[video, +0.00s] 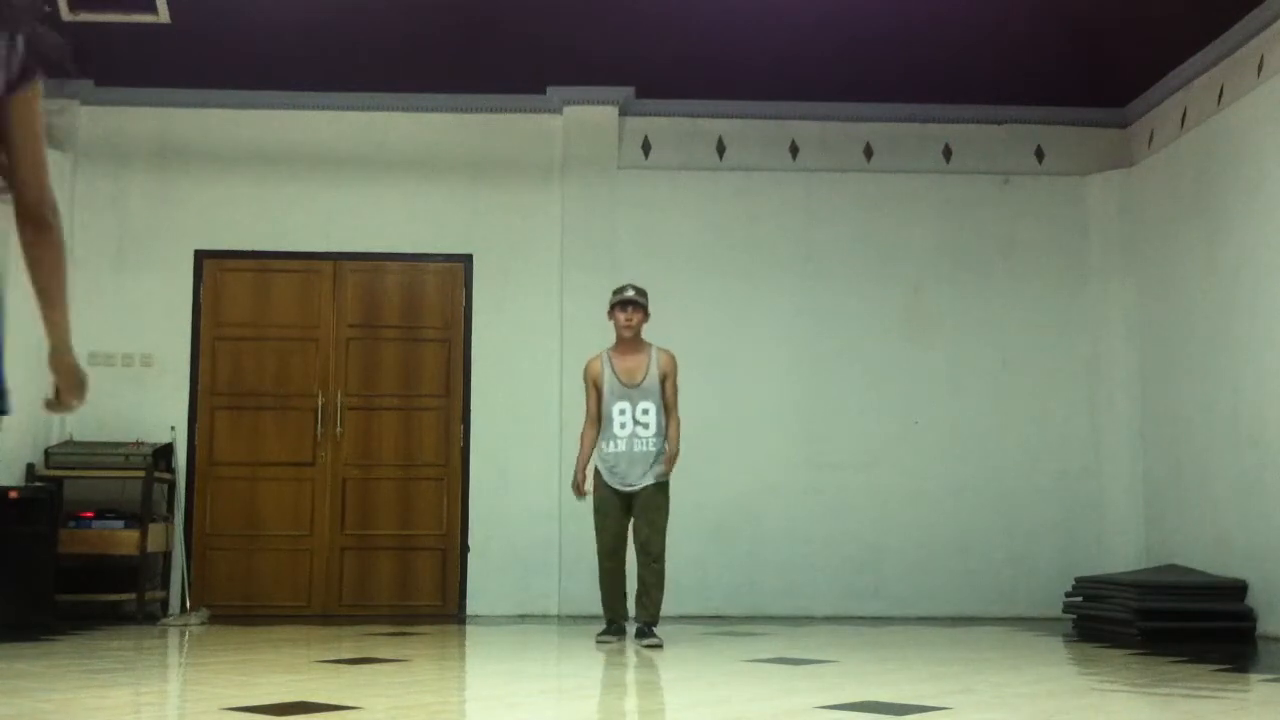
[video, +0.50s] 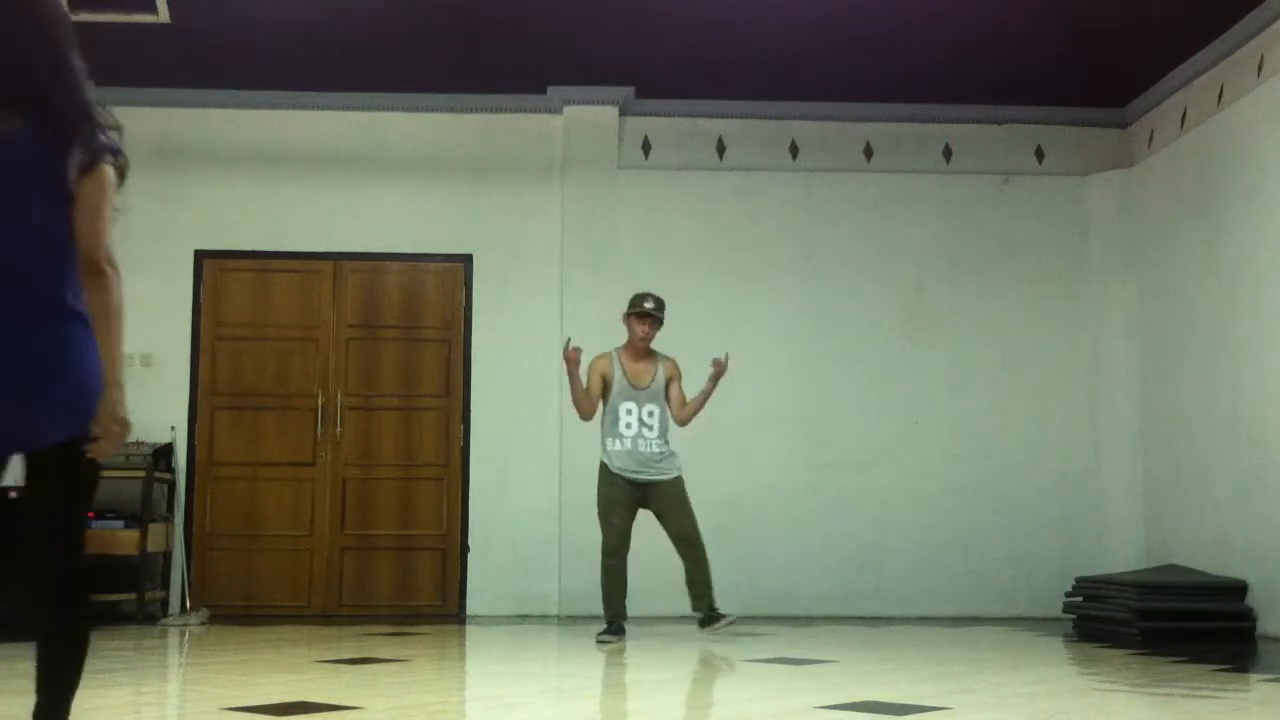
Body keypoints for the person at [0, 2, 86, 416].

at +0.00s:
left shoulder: (15, 48)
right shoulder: (12, 48)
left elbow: (36, 211)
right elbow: (36, 211)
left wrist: (61, 351)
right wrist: (61, 351)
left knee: (37, 209)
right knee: (36, 208)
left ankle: (62, 353)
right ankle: (60, 353)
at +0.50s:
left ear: (22, 45)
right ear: (58, 42)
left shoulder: (73, 132)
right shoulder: (74, 131)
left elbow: (95, 263)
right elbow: (95, 261)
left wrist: (110, 385)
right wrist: (113, 386)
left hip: (38, 363)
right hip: (51, 364)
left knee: (58, 558)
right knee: (63, 560)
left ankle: (49, 709)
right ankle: (51, 711)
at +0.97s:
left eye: (55, 127)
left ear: (49, 135)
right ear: (122, 136)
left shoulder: (19, 206)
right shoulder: (143, 210)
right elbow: (165, 315)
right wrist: (168, 376)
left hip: (22, 413)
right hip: (103, 415)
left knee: (23, 561)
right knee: (75, 560)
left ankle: (47, 699)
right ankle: (55, 702)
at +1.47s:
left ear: (98, 192)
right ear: (159, 194)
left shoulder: (67, 256)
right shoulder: (172, 252)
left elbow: (64, 340)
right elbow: (178, 338)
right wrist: (190, 422)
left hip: (86, 425)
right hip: (154, 424)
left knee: (75, 550)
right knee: (158, 553)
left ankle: (60, 681)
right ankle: (157, 683)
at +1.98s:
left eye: (164, 233)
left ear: (160, 239)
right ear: (214, 238)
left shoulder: (139, 292)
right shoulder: (232, 294)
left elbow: (114, 364)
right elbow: (252, 370)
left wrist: (89, 429)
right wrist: (254, 415)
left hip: (146, 446)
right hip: (205, 445)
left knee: (160, 554)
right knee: (179, 554)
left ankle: (180, 660)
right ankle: (154, 670)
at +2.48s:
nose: (199, 261)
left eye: (205, 254)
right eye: (201, 253)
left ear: (225, 261)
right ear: (246, 262)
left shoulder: (209, 309)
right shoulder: (260, 317)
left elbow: (188, 377)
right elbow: (273, 386)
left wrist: (170, 426)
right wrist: (274, 448)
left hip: (210, 445)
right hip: (248, 448)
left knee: (197, 548)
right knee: (222, 545)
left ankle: (198, 657)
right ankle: (252, 629)